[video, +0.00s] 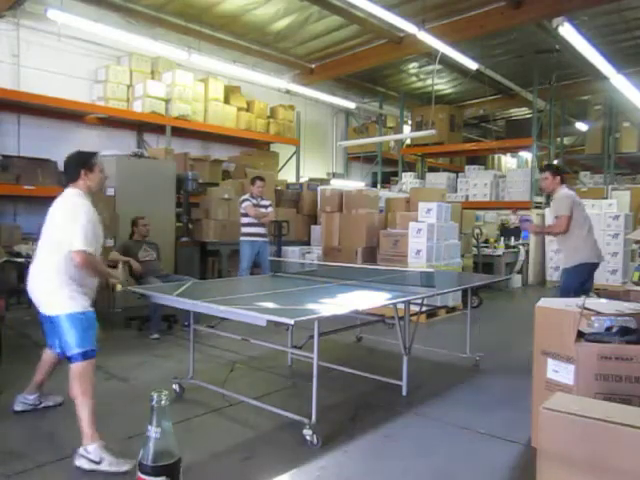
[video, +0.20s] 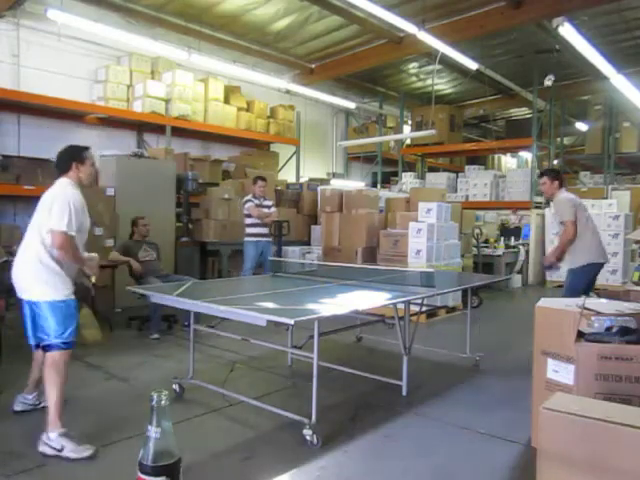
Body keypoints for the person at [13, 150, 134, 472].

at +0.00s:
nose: (105, 175)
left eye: (102, 170)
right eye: (100, 170)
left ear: (80, 175)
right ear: (85, 174)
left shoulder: (66, 200)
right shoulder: (81, 206)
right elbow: (81, 257)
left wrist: (107, 259)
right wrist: (108, 275)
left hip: (46, 287)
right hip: (65, 293)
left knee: (57, 345)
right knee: (83, 360)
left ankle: (30, 394)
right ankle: (91, 445)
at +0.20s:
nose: (95, 169)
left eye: (94, 164)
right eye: (91, 164)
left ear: (71, 167)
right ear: (76, 167)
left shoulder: (59, 190)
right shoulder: (67, 193)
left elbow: (59, 241)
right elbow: (59, 241)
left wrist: (83, 259)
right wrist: (82, 264)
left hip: (33, 278)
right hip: (47, 282)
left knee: (45, 342)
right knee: (59, 350)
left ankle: (30, 393)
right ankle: (54, 434)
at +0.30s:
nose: (93, 169)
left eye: (92, 164)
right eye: (89, 164)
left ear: (69, 166)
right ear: (73, 165)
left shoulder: (55, 189)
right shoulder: (65, 190)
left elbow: (55, 237)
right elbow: (62, 237)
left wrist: (82, 257)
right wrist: (84, 257)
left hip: (25, 278)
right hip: (41, 280)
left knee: (40, 342)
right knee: (52, 347)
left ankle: (32, 393)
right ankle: (39, 429)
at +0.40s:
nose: (93, 170)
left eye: (91, 165)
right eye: (88, 165)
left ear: (68, 168)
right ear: (72, 167)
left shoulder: (53, 190)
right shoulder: (65, 192)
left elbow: (50, 244)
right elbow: (63, 239)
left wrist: (71, 279)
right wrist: (87, 257)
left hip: (26, 279)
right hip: (37, 282)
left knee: (41, 344)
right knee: (44, 351)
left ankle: (30, 395)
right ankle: (32, 431)